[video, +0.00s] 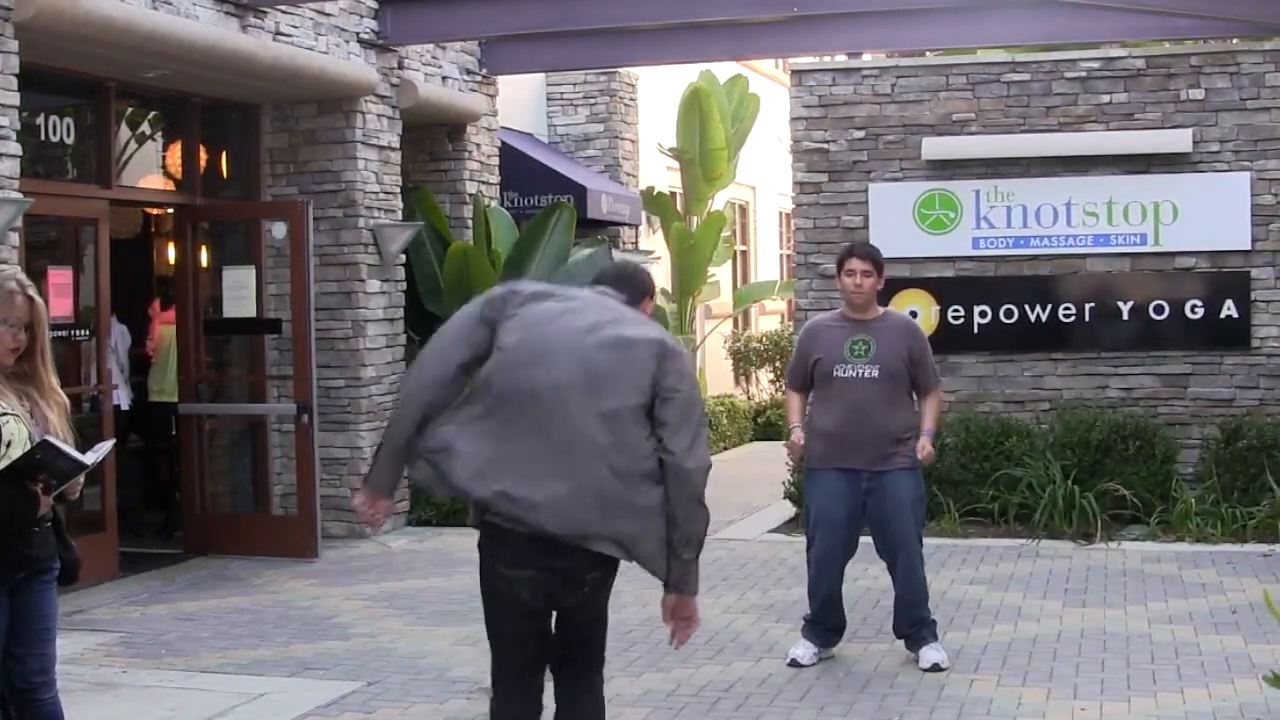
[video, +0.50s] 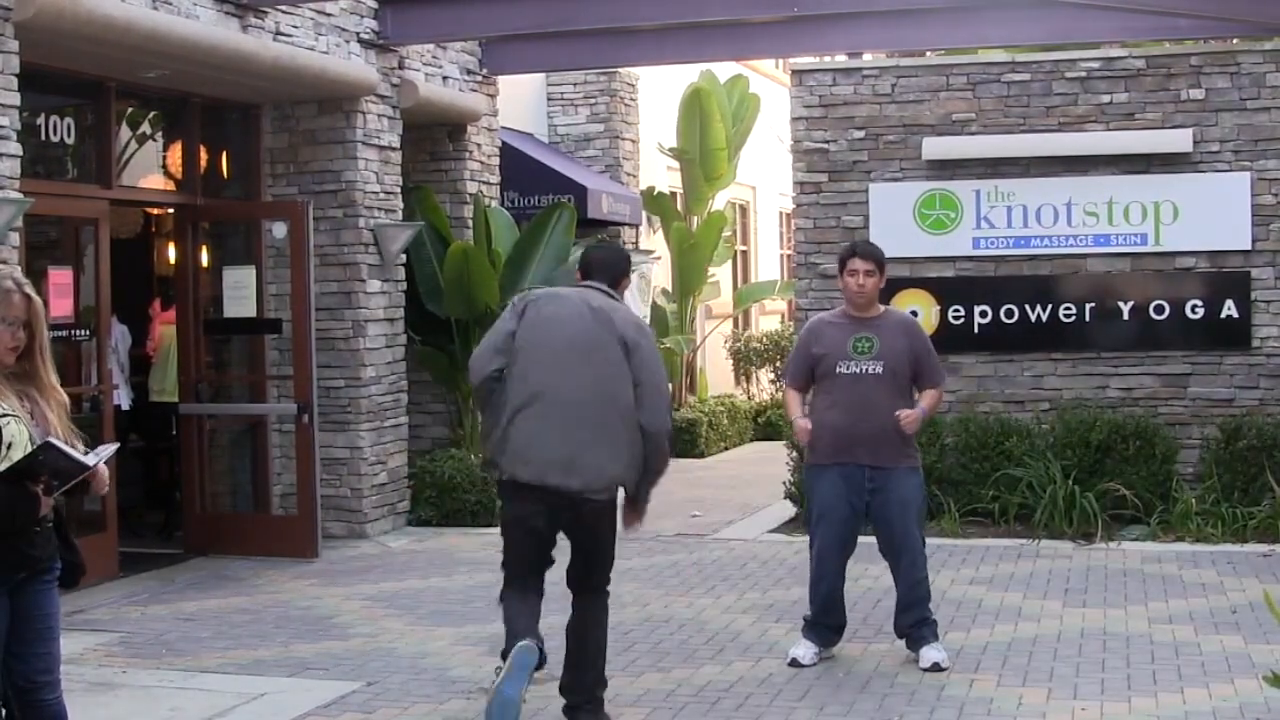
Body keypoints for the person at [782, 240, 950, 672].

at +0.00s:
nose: (856, 281)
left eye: (865, 274)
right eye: (849, 273)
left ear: (879, 280)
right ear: (838, 280)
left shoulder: (906, 330)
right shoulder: (815, 331)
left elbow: (930, 390)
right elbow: (796, 386)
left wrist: (926, 434)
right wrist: (796, 426)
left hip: (895, 464)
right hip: (830, 465)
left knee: (906, 552)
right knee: (825, 553)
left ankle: (923, 637)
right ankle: (818, 636)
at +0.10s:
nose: (856, 281)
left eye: (864, 274)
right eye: (848, 273)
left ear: (878, 280)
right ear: (837, 280)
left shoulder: (904, 330)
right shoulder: (814, 331)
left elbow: (928, 390)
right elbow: (793, 388)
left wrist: (920, 424)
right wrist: (800, 413)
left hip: (891, 467)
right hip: (827, 467)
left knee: (903, 553)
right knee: (824, 556)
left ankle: (922, 637)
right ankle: (818, 636)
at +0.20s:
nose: (855, 285)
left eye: (863, 278)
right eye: (847, 277)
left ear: (878, 284)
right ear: (836, 282)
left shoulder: (902, 332)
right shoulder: (815, 332)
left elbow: (931, 392)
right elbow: (790, 392)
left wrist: (914, 413)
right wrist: (804, 403)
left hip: (889, 468)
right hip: (826, 468)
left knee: (899, 551)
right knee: (822, 555)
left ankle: (922, 638)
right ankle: (818, 636)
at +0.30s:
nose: (854, 285)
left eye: (863, 278)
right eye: (847, 278)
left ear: (878, 284)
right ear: (836, 283)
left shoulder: (902, 332)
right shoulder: (815, 332)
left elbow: (930, 393)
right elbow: (790, 392)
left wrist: (911, 408)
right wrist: (806, 400)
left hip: (888, 468)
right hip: (825, 468)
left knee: (900, 551)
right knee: (819, 555)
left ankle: (922, 638)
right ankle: (817, 636)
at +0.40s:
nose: (857, 282)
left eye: (865, 275)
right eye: (849, 274)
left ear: (879, 280)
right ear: (838, 280)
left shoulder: (905, 329)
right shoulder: (816, 330)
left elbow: (931, 389)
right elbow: (792, 389)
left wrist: (914, 408)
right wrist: (804, 406)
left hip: (892, 466)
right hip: (828, 466)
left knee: (905, 552)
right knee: (821, 555)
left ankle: (923, 638)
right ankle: (818, 636)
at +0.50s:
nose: (859, 281)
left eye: (867, 274)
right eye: (851, 274)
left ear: (881, 279)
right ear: (840, 279)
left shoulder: (906, 327)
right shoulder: (817, 329)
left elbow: (933, 387)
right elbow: (793, 385)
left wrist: (920, 411)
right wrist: (798, 417)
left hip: (896, 463)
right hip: (831, 463)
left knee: (908, 552)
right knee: (826, 553)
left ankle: (923, 638)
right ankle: (818, 636)